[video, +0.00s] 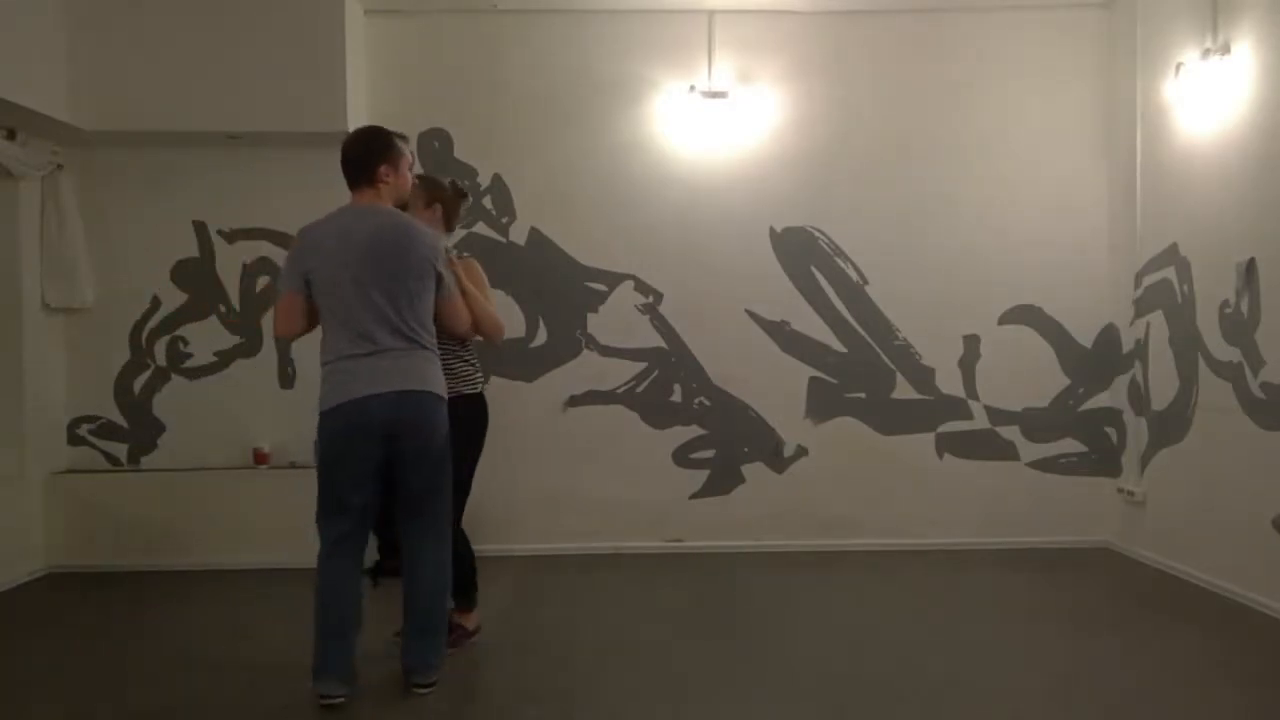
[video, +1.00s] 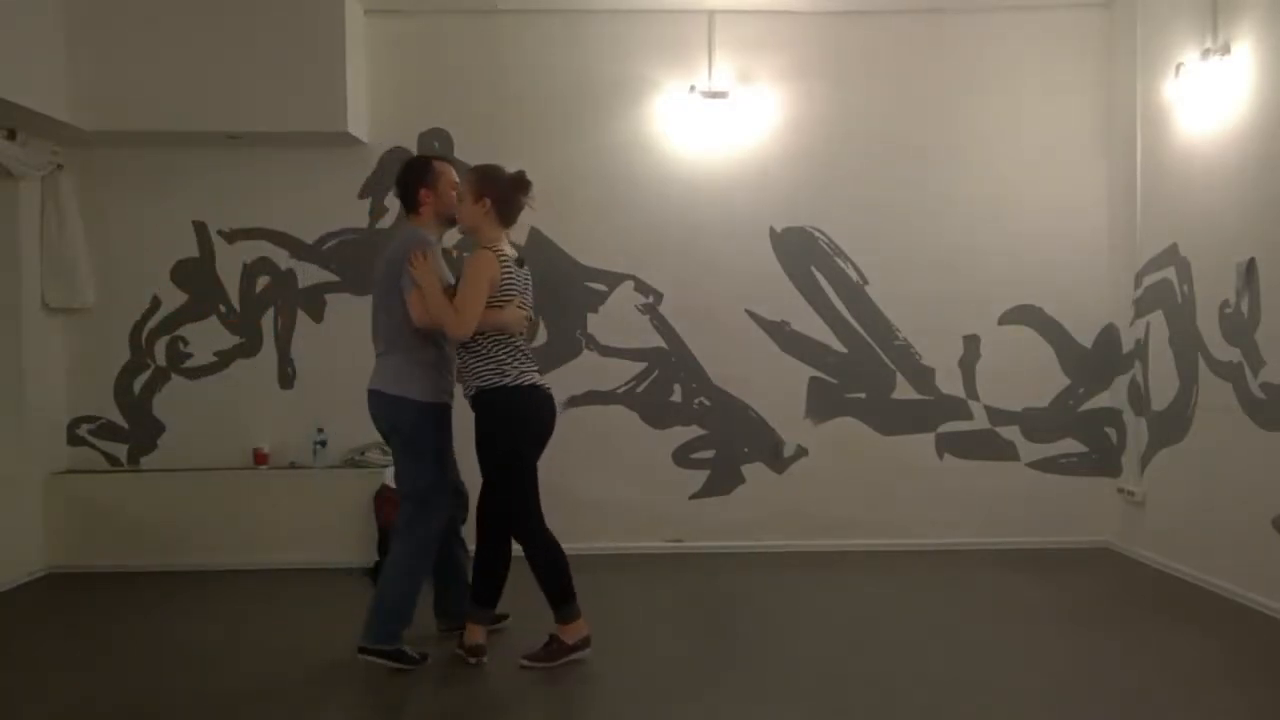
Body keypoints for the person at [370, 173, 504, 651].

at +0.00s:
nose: (406, 217)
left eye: (413, 209)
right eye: (407, 209)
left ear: (437, 213)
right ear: (426, 212)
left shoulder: (461, 265)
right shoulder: (400, 266)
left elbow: (494, 331)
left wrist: (456, 276)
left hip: (460, 401)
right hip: (417, 402)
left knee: (445, 514)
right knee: (417, 512)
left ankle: (464, 610)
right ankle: (425, 613)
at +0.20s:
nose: (431, 210)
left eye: (439, 202)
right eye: (431, 202)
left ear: (466, 207)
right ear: (459, 207)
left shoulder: (489, 260)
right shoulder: (438, 264)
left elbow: (511, 324)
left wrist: (458, 274)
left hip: (493, 398)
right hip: (463, 401)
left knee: (462, 508)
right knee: (473, 509)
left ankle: (467, 614)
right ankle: (542, 595)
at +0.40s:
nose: (455, 212)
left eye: (462, 204)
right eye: (456, 204)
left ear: (490, 209)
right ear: (479, 210)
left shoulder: (510, 261)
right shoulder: (471, 269)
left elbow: (524, 324)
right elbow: (452, 337)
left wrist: (464, 274)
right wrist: (409, 313)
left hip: (523, 401)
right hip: (503, 403)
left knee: (482, 509)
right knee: (506, 512)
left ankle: (524, 616)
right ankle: (557, 606)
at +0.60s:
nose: (465, 208)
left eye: (472, 199)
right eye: (467, 200)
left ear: (500, 205)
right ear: (495, 206)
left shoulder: (520, 257)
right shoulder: (497, 266)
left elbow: (525, 318)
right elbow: (484, 337)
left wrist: (467, 274)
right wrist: (428, 335)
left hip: (538, 402)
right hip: (521, 403)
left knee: (530, 519)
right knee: (472, 498)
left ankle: (574, 628)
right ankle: (523, 592)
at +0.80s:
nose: (466, 201)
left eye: (473, 194)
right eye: (469, 193)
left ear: (497, 200)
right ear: (504, 202)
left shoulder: (507, 247)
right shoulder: (504, 255)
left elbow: (499, 310)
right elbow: (500, 338)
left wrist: (450, 262)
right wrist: (441, 345)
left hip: (531, 397)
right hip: (525, 396)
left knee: (549, 517)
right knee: (481, 498)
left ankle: (575, 627)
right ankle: (481, 612)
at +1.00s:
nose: (455, 206)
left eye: (460, 199)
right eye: (457, 197)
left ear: (482, 205)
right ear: (496, 208)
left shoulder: (484, 256)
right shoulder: (511, 258)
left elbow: (460, 325)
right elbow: (476, 323)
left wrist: (429, 285)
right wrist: (440, 297)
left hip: (504, 404)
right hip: (526, 401)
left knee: (523, 518)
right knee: (491, 516)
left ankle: (572, 627)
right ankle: (475, 631)